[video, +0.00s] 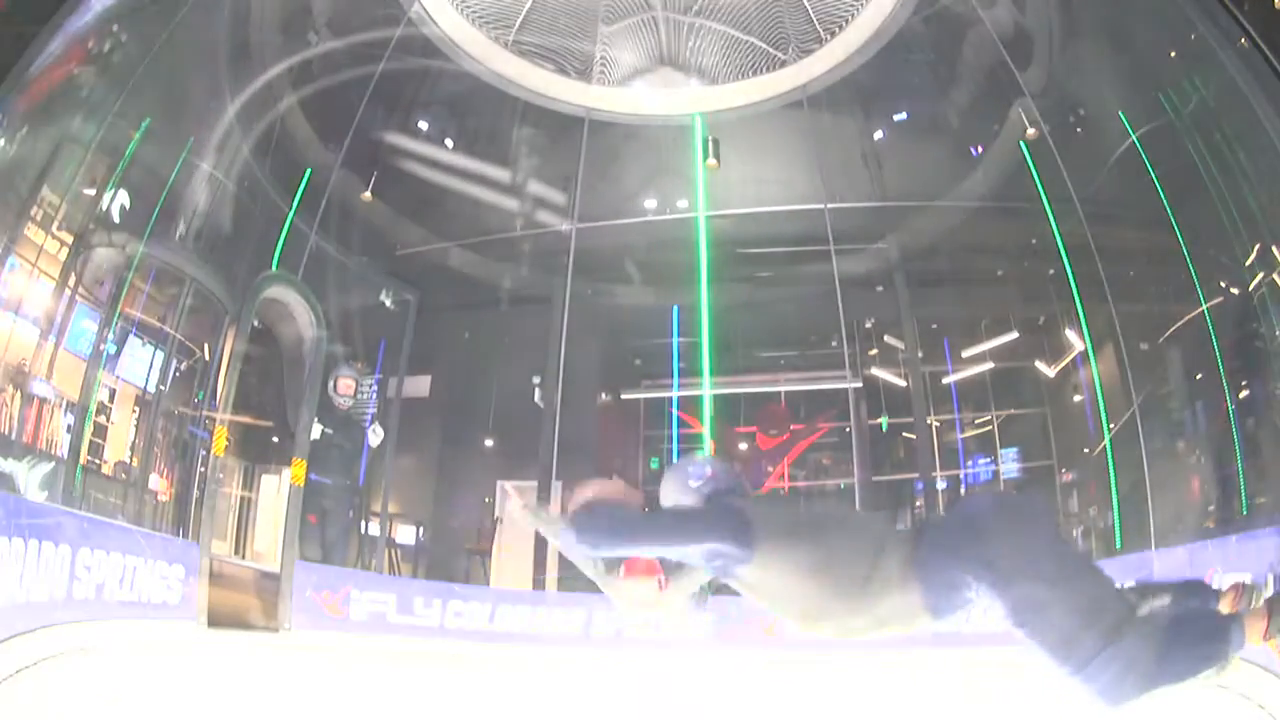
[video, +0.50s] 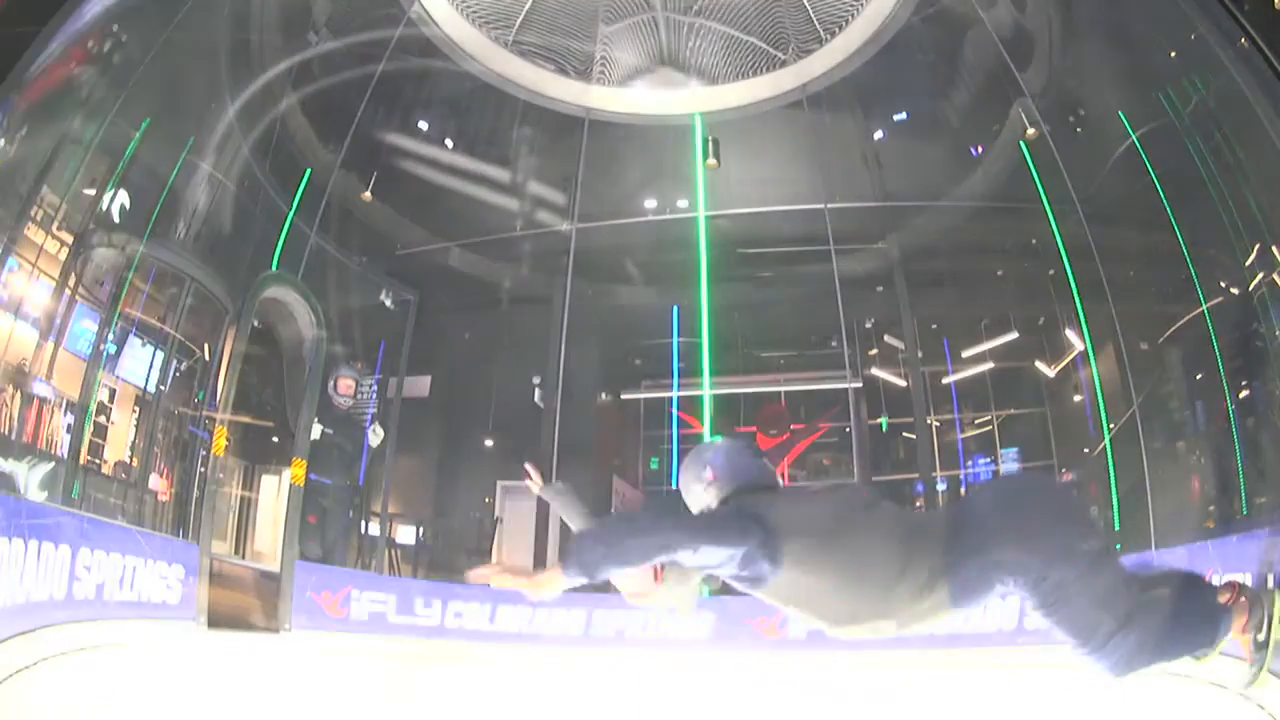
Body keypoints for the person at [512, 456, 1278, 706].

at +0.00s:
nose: (667, 541)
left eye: (670, 524)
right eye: (669, 525)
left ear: (697, 509)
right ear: (722, 493)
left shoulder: (734, 528)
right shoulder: (749, 531)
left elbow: (612, 541)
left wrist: (546, 517)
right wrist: (574, 518)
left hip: (978, 551)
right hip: (978, 546)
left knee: (1112, 671)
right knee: (1111, 633)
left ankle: (1235, 625)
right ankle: (1224, 606)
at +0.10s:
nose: (683, 519)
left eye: (684, 505)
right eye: (682, 505)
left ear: (711, 492)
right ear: (727, 479)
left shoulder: (758, 517)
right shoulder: (770, 518)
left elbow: (626, 527)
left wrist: (552, 515)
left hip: (994, 543)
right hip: (984, 535)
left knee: (1117, 670)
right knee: (1111, 618)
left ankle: (1247, 626)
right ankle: (1230, 610)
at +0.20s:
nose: (687, 516)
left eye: (688, 501)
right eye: (686, 501)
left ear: (718, 488)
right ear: (735, 477)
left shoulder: (763, 518)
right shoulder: (783, 516)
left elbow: (646, 522)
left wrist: (561, 513)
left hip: (997, 543)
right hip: (992, 533)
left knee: (1120, 669)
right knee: (1115, 614)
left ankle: (1248, 622)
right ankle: (1226, 600)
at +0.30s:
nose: (688, 519)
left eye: (688, 507)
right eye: (688, 507)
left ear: (715, 494)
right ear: (741, 474)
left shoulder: (759, 517)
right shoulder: (785, 519)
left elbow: (644, 528)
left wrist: (577, 518)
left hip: (1000, 542)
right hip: (993, 534)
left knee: (1115, 664)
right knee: (1111, 609)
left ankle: (1244, 621)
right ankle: (1228, 597)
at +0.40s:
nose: (693, 509)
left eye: (692, 497)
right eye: (693, 499)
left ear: (719, 488)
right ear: (742, 474)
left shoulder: (773, 513)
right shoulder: (792, 514)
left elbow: (664, 517)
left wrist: (594, 535)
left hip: (1005, 536)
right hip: (998, 526)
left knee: (1112, 656)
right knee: (1106, 602)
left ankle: (1236, 615)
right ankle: (1220, 595)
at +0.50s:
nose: (684, 511)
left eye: (691, 499)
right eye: (691, 498)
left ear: (714, 497)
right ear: (746, 480)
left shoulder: (751, 529)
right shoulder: (772, 513)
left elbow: (655, 531)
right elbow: (679, 541)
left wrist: (552, 566)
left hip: (1005, 541)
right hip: (993, 527)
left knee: (1116, 641)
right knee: (1106, 600)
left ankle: (1234, 615)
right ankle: (1219, 605)